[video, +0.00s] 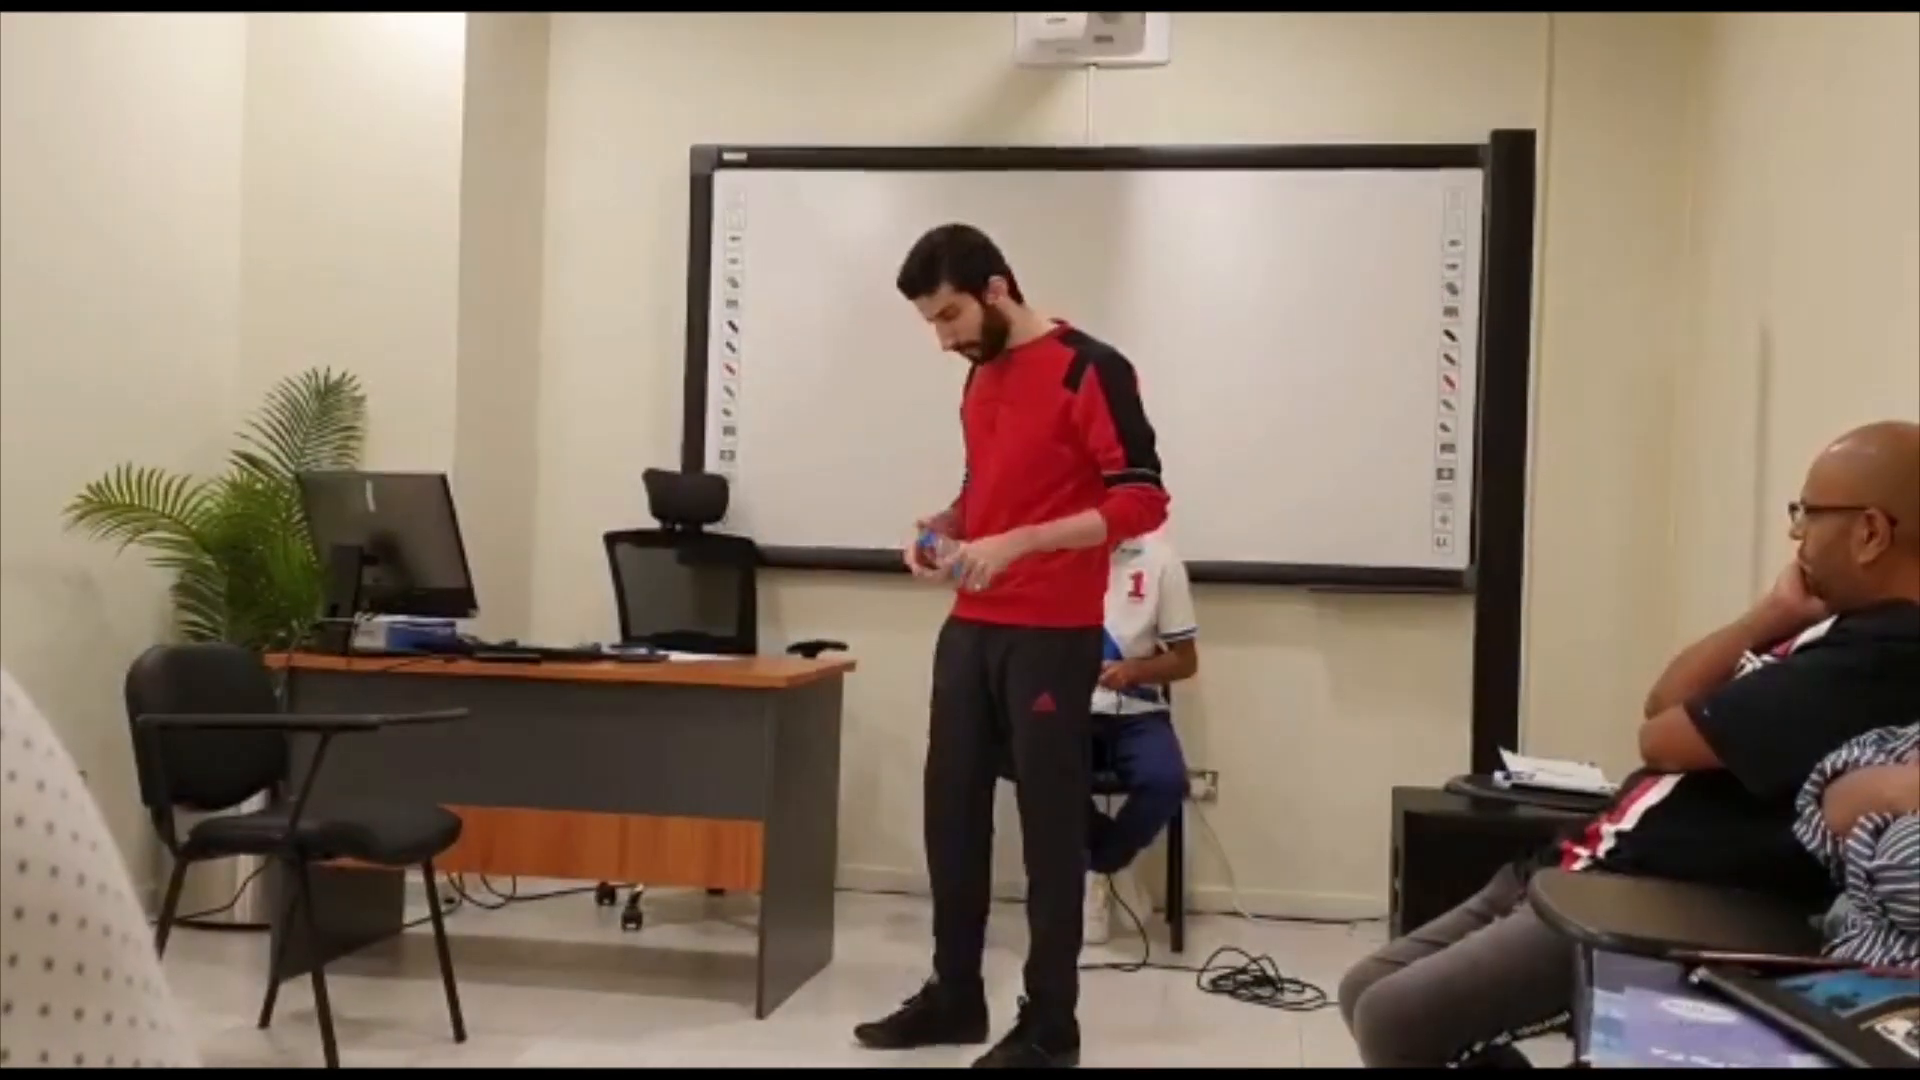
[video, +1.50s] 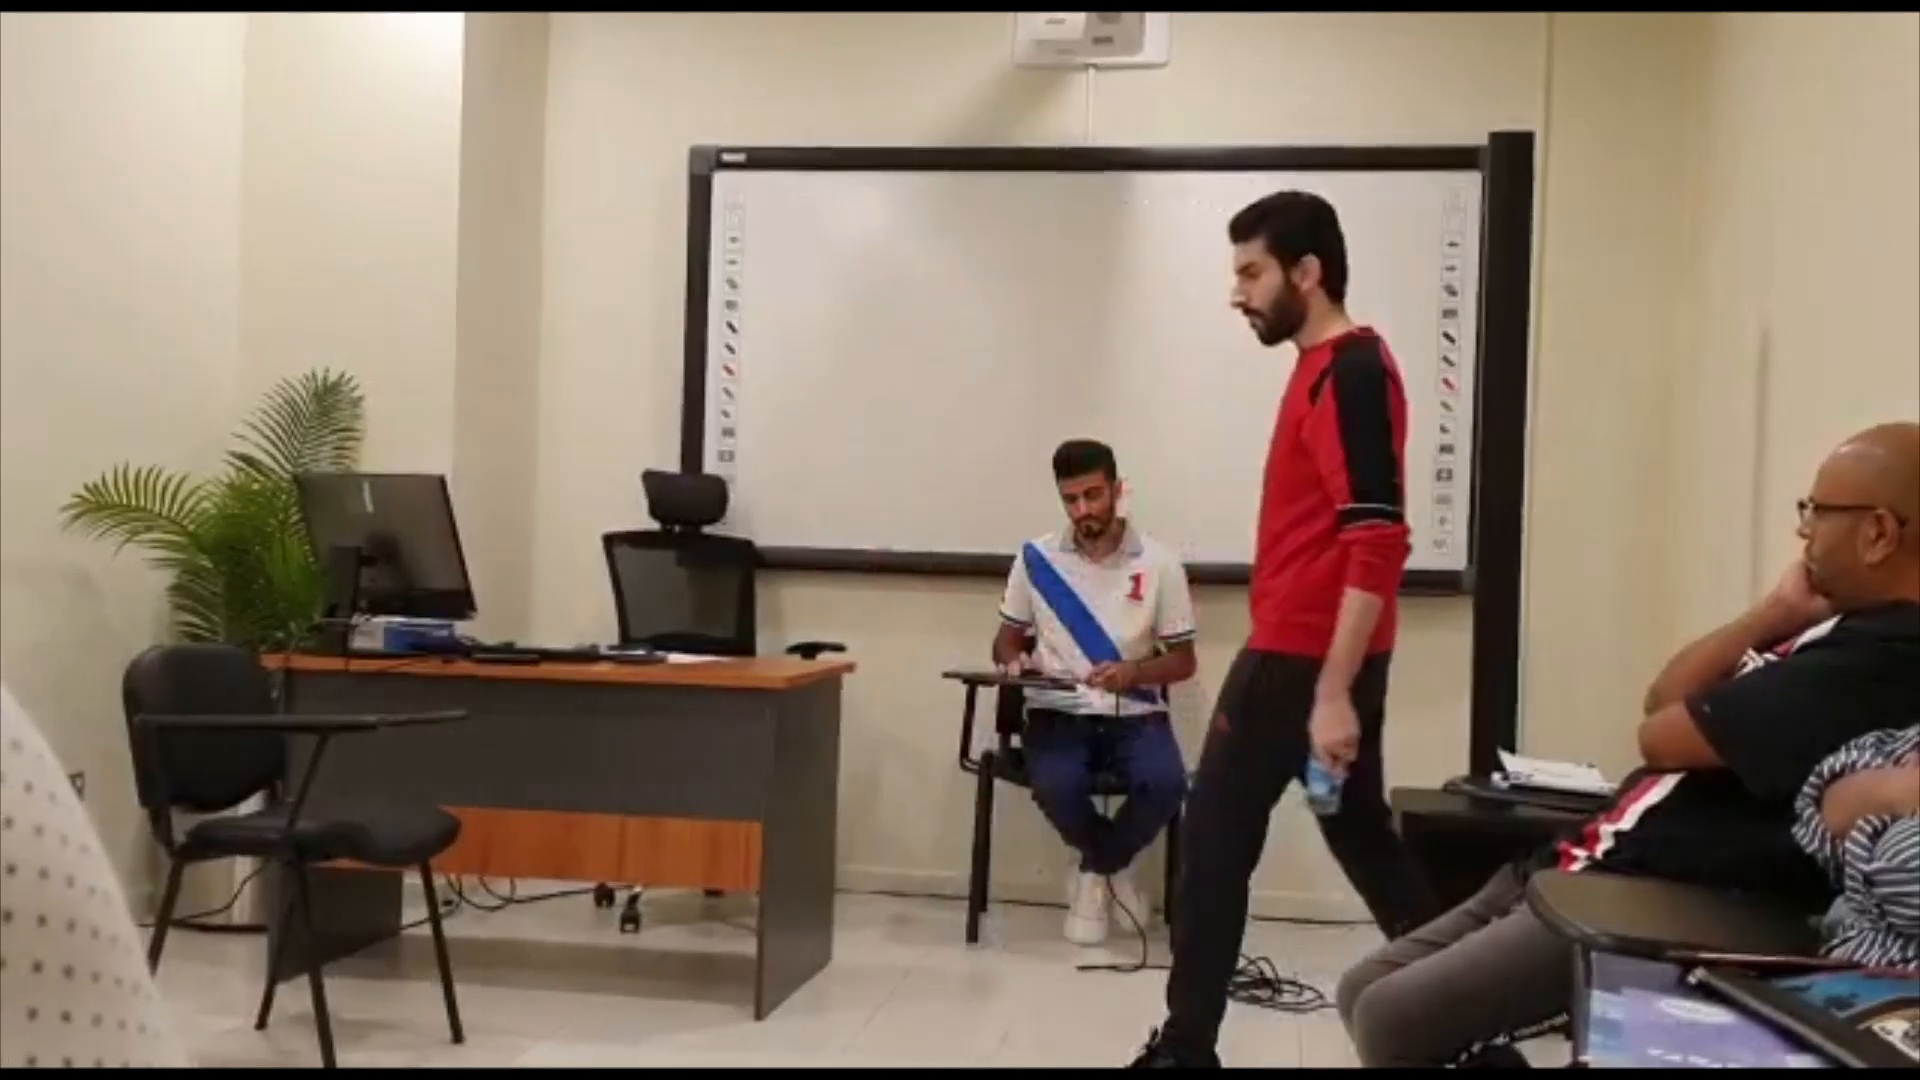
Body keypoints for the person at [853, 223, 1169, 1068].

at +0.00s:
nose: (941, 338)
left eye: (947, 318)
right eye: (932, 323)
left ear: (996, 289)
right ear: (972, 304)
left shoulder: (1091, 369)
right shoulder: (982, 381)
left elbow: (1145, 502)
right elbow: (988, 492)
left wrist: (1017, 542)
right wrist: (944, 530)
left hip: (1054, 637)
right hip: (973, 630)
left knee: (1052, 833)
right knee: (953, 814)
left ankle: (1049, 1026)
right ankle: (955, 996)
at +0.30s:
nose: (909, 339)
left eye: (915, 318)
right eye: (902, 323)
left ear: (967, 298)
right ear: (954, 309)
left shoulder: (1076, 369)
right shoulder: (969, 389)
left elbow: (1137, 497)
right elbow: (964, 497)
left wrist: (1009, 549)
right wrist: (949, 549)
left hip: (1056, 630)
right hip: (978, 626)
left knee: (1031, 818)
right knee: (955, 813)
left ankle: (1067, 1024)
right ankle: (957, 997)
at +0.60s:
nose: (974, 321)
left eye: (983, 300)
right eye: (970, 303)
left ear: (1040, 290)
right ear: (1024, 295)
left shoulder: (1130, 378)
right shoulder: (1032, 387)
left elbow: (1173, 517)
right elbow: (1026, 495)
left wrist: (1038, 556)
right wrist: (975, 538)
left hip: (1085, 645)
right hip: (1008, 636)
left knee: (1085, 827)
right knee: (970, 816)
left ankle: (1175, 1036)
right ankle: (959, 997)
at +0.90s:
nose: (1056, 290)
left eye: (1068, 270)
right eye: (1054, 272)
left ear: (1127, 268)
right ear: (1117, 273)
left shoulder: (1202, 362)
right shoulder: (1125, 366)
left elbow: (1221, 516)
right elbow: (1106, 496)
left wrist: (1091, 551)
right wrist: (1029, 525)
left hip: (1163, 635)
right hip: (1100, 629)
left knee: (1147, 838)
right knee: (1061, 809)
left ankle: (1180, 1040)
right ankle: (1044, 1006)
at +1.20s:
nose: (1137, 287)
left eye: (1149, 266)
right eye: (1134, 268)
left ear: (1206, 261)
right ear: (1200, 266)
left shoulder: (1268, 357)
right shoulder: (1212, 359)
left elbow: (1241, 521)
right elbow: (1180, 519)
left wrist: (1143, 647)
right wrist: (1106, 602)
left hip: (1226, 636)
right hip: (1192, 632)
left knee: (1192, 835)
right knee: (1211, 827)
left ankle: (1184, 1040)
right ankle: (1286, 1020)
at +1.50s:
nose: (1236, 294)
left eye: (1249, 273)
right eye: (1234, 276)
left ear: (1308, 272)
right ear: (1303, 278)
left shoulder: (1352, 366)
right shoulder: (1322, 366)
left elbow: (1379, 541)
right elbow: (1326, 535)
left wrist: (1335, 690)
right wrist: (1267, 664)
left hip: (1300, 656)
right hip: (1319, 650)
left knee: (1215, 831)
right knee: (1365, 838)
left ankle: (1188, 1043)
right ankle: (1470, 1023)